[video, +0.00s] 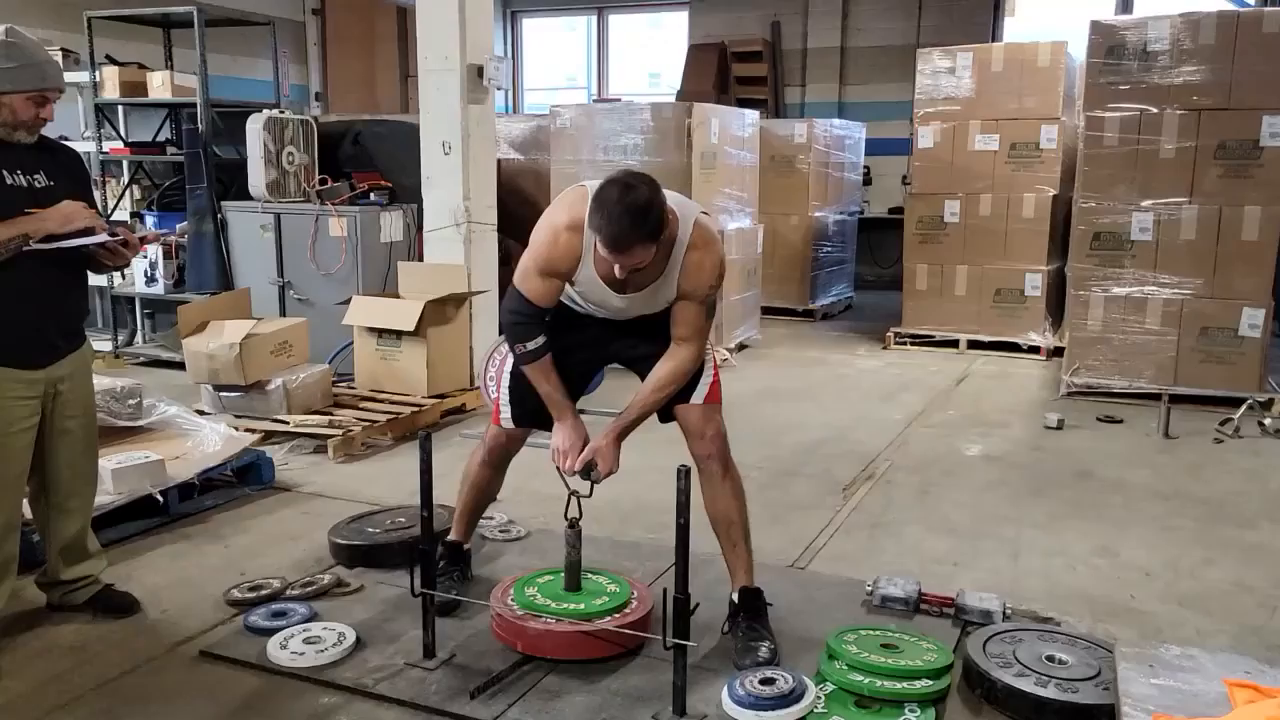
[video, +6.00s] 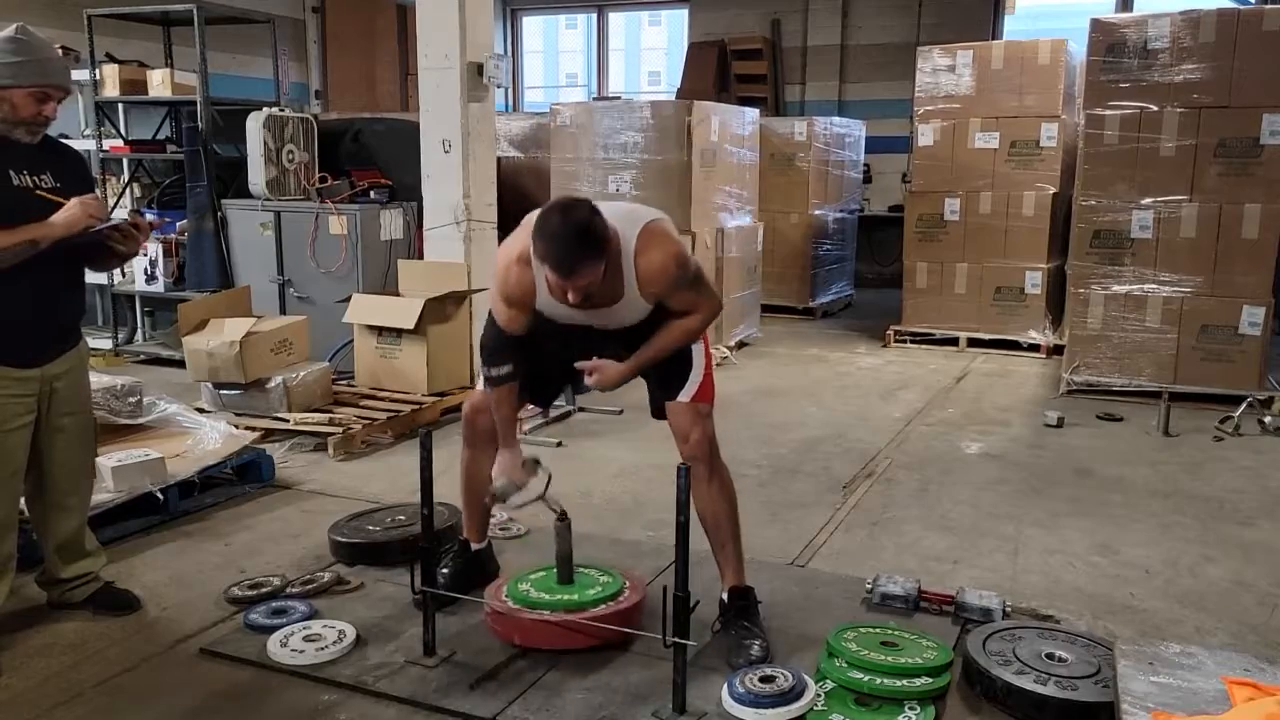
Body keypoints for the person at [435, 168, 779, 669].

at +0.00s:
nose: (618, 274)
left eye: (634, 265)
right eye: (607, 262)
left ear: (664, 232)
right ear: (592, 228)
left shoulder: (700, 247)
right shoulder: (561, 227)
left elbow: (687, 349)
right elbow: (519, 319)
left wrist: (617, 431)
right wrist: (563, 416)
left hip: (658, 323)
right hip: (572, 319)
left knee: (711, 441)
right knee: (501, 437)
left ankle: (747, 600)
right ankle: (454, 548)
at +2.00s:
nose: (602, 282)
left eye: (615, 275)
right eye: (592, 273)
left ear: (643, 242)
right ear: (574, 243)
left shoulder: (687, 260)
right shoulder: (551, 240)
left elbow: (691, 353)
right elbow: (544, 329)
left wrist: (620, 432)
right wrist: (576, 417)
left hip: (659, 327)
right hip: (578, 319)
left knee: (708, 444)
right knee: (502, 431)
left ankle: (741, 598)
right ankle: (463, 549)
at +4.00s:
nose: (597, 315)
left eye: (610, 304)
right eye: (584, 306)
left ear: (633, 275)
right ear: (562, 280)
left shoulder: (676, 283)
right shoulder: (534, 278)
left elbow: (693, 360)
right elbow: (484, 352)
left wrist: (621, 435)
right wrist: (552, 437)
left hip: (656, 329)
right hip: (563, 328)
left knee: (706, 443)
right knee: (498, 433)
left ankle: (739, 598)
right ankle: (462, 549)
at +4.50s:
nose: (600, 257)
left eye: (614, 249)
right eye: (590, 247)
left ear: (636, 219)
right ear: (570, 217)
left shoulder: (673, 243)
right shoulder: (541, 222)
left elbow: (699, 320)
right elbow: (516, 319)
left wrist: (615, 349)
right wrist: (550, 421)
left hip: (648, 346)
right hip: (563, 338)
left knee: (682, 471)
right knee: (463, 446)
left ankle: (738, 605)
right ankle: (476, 558)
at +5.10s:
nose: (603, 182)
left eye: (617, 173)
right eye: (592, 170)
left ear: (643, 144)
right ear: (573, 142)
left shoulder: (678, 175)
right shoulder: (546, 169)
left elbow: (726, 258)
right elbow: (527, 275)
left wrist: (639, 273)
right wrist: (552, 381)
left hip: (660, 310)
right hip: (570, 303)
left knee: (697, 452)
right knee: (498, 428)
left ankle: (738, 604)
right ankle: (470, 557)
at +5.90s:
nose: (578, 269)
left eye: (592, 259)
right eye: (567, 258)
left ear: (617, 229)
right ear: (548, 227)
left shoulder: (663, 243)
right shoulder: (525, 230)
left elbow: (710, 298)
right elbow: (504, 315)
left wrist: (632, 359)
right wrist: (531, 411)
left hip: (652, 318)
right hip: (563, 315)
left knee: (700, 444)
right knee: (484, 422)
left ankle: (738, 598)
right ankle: (474, 552)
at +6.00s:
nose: (574, 296)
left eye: (586, 284)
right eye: (560, 286)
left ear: (609, 253)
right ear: (538, 260)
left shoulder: (659, 257)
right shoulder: (514, 266)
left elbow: (705, 306)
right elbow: (501, 356)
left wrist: (629, 367)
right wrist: (508, 449)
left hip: (651, 319)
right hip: (557, 326)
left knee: (697, 440)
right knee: (478, 412)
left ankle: (737, 597)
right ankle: (474, 550)